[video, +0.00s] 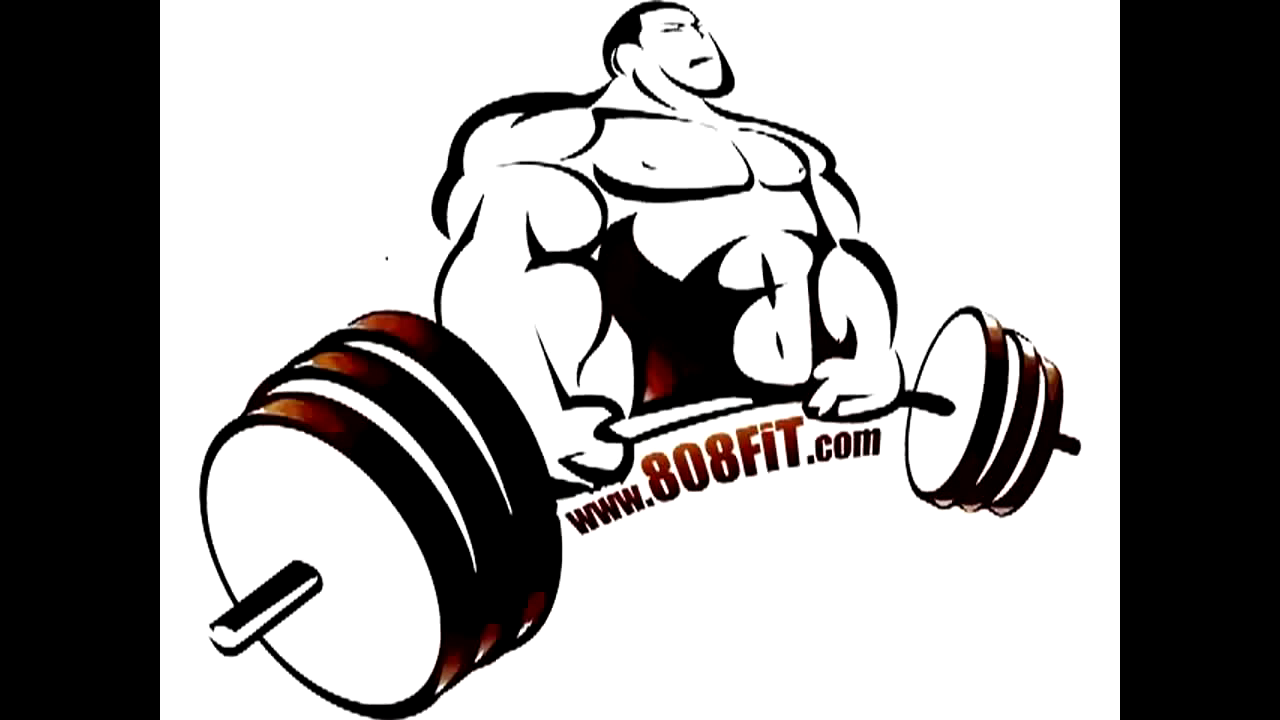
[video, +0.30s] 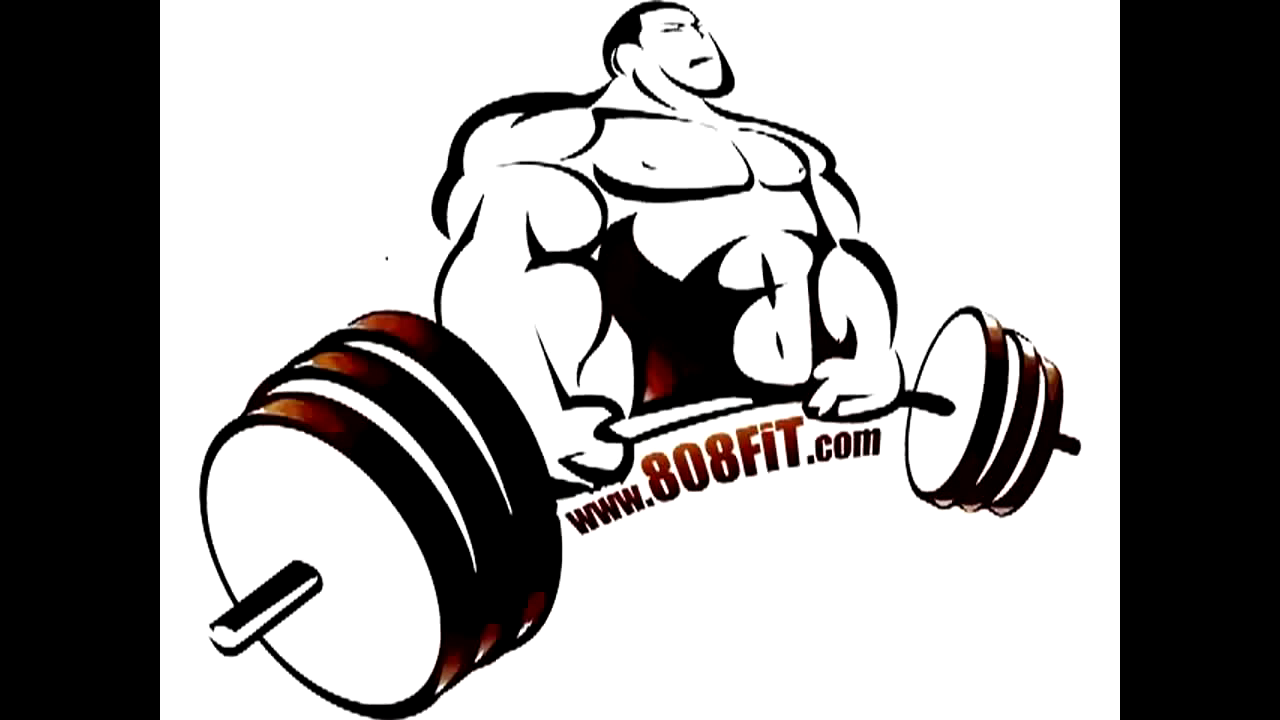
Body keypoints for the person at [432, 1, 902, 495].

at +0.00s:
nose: (702, 40)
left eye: (701, 28)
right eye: (676, 30)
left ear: (713, 45)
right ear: (629, 59)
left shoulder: (775, 145)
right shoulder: (594, 126)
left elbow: (850, 249)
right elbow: (487, 155)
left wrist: (878, 358)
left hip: (747, 330)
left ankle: (870, 369)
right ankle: (577, 429)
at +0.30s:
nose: (702, 40)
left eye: (701, 28)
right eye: (676, 30)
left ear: (713, 45)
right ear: (629, 59)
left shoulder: (775, 145)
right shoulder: (594, 126)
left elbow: (850, 249)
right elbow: (487, 155)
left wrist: (878, 358)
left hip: (747, 330)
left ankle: (870, 369)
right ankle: (577, 429)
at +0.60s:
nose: (702, 40)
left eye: (701, 28)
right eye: (676, 30)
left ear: (713, 45)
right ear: (629, 59)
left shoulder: (775, 145)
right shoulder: (594, 126)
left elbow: (850, 249)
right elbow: (487, 155)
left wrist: (878, 358)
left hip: (747, 330)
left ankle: (870, 369)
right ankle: (577, 429)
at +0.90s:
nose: (702, 40)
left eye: (701, 28)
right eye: (675, 30)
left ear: (713, 45)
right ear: (628, 59)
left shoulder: (776, 145)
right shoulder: (593, 126)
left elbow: (850, 250)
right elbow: (487, 155)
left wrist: (878, 358)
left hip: (747, 331)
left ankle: (870, 369)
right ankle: (576, 429)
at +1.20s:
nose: (702, 40)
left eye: (701, 28)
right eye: (675, 30)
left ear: (713, 45)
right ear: (628, 59)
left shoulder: (776, 145)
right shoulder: (593, 127)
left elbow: (850, 251)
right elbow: (487, 155)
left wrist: (878, 358)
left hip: (747, 331)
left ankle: (870, 369)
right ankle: (576, 429)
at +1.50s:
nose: (702, 40)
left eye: (701, 28)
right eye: (675, 30)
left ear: (713, 45)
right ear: (628, 59)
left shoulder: (776, 145)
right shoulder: (593, 127)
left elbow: (850, 250)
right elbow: (487, 155)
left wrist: (878, 358)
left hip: (747, 331)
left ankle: (870, 369)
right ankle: (577, 429)